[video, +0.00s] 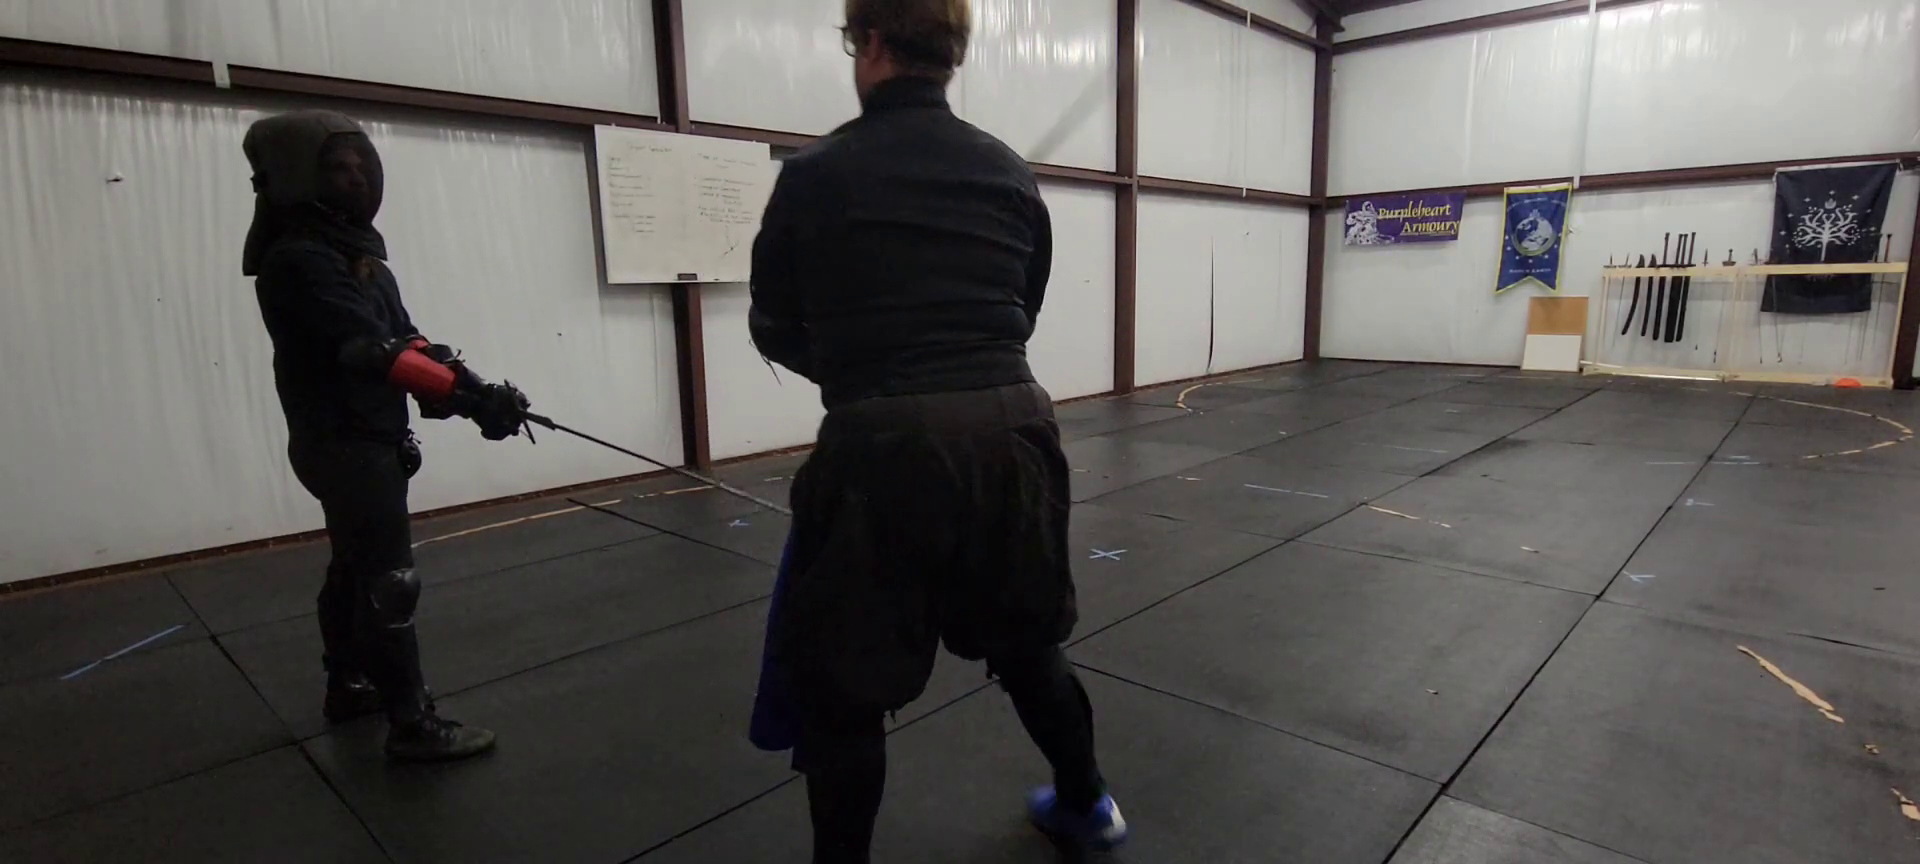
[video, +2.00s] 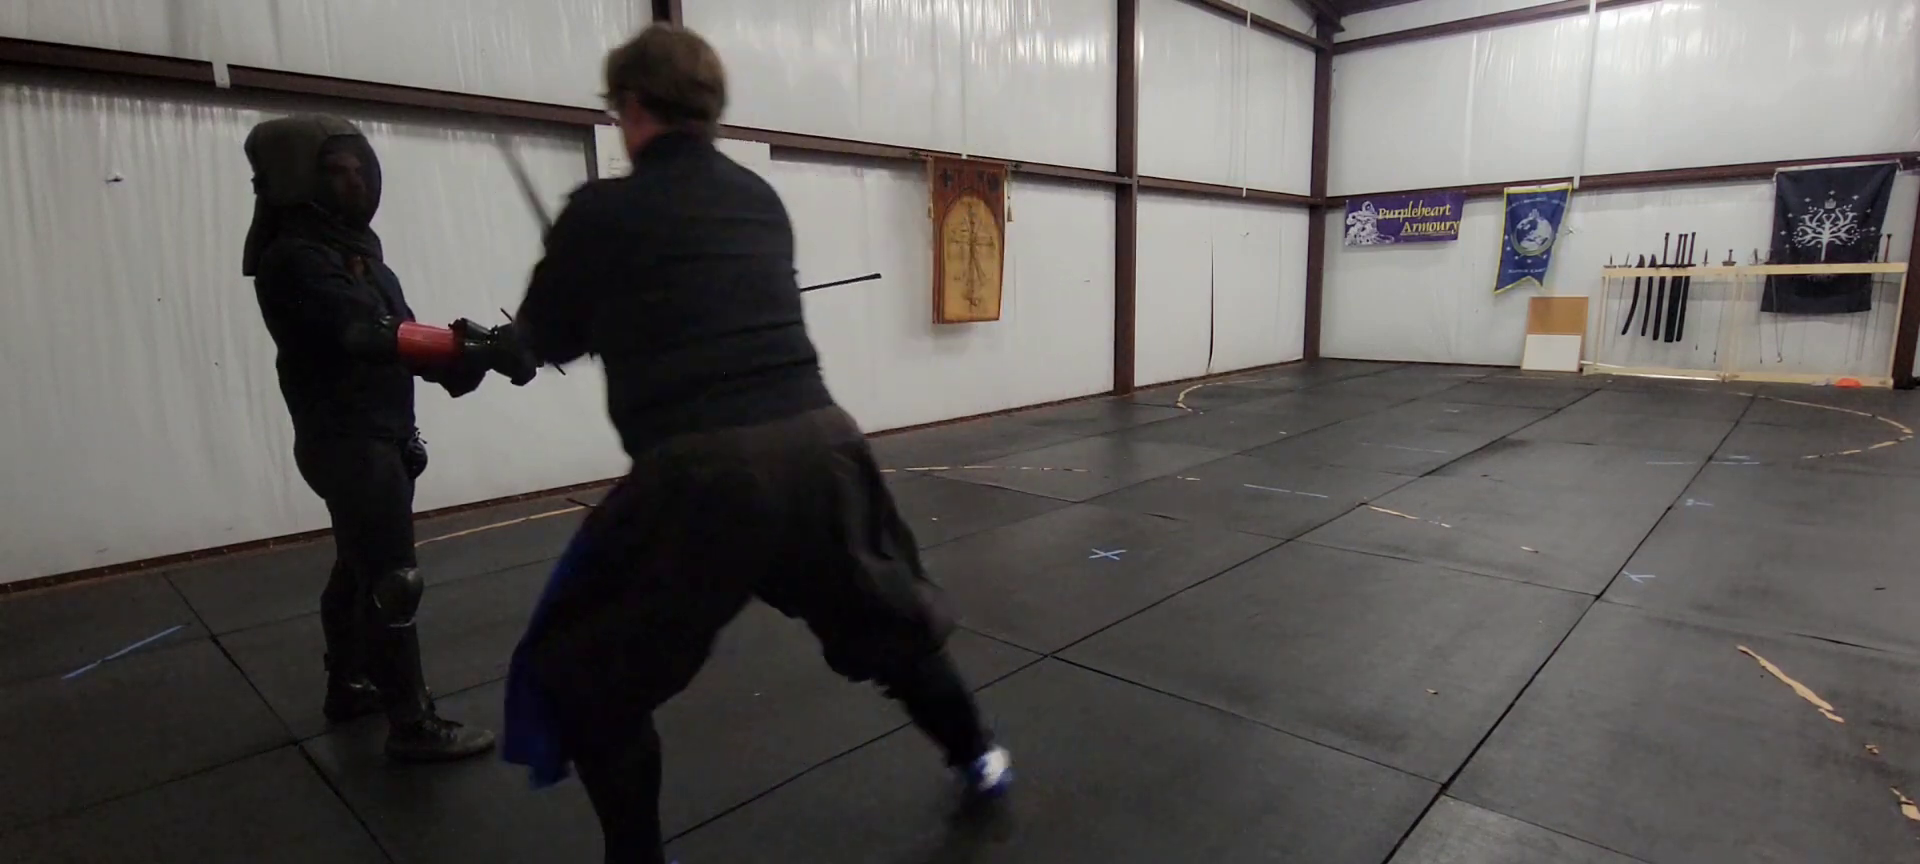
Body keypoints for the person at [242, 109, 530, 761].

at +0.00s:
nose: (362, 180)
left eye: (366, 167)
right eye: (345, 168)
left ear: (372, 174)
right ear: (307, 178)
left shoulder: (354, 247)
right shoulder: (297, 257)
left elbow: (397, 335)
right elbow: (360, 347)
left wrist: (461, 380)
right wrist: (468, 396)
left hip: (371, 439)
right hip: (341, 445)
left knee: (356, 569)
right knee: (390, 581)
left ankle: (349, 688)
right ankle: (411, 722)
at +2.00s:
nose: (356, 183)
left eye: (362, 171)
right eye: (340, 171)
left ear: (371, 179)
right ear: (306, 181)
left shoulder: (355, 246)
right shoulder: (293, 256)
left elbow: (395, 325)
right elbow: (357, 333)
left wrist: (453, 357)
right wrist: (463, 349)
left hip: (381, 436)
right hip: (344, 442)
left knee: (360, 570)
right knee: (393, 582)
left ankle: (349, 689)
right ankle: (410, 723)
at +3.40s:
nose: (432, 196)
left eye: (433, 183)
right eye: (422, 183)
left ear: (358, 189)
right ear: (389, 188)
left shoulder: (341, 256)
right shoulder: (374, 261)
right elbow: (423, 363)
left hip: (357, 443)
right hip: (382, 447)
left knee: (378, 568)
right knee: (447, 578)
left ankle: (350, 688)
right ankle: (441, 721)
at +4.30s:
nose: (439, 192)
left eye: (437, 180)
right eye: (431, 180)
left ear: (348, 187)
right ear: (407, 189)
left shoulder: (306, 268)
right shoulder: (406, 268)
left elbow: (383, 342)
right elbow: (461, 344)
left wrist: (471, 330)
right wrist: (507, 336)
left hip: (339, 448)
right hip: (398, 451)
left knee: (360, 570)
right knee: (459, 577)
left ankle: (349, 691)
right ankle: (444, 723)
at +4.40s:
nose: (446, 195)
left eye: (444, 182)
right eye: (439, 183)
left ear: (358, 186)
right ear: (419, 191)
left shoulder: (314, 261)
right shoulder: (414, 267)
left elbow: (288, 345)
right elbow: (461, 352)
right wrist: (481, 328)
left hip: (340, 445)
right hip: (398, 449)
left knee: (360, 568)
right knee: (460, 577)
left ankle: (348, 690)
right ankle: (444, 722)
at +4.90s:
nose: (432, 193)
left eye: (430, 180)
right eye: (425, 181)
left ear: (342, 186)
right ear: (402, 190)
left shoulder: (303, 266)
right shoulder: (399, 270)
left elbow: (338, 354)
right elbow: (456, 349)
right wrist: (506, 340)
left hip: (333, 447)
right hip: (392, 450)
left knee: (357, 568)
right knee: (451, 575)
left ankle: (348, 687)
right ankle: (442, 719)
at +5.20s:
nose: (425, 198)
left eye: (424, 185)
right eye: (417, 184)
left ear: (350, 185)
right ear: (391, 190)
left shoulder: (357, 258)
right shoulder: (357, 266)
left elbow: (403, 353)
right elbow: (401, 358)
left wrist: (486, 354)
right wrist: (503, 347)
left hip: (370, 448)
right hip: (375, 452)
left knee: (369, 572)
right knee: (440, 577)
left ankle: (350, 689)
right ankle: (441, 722)